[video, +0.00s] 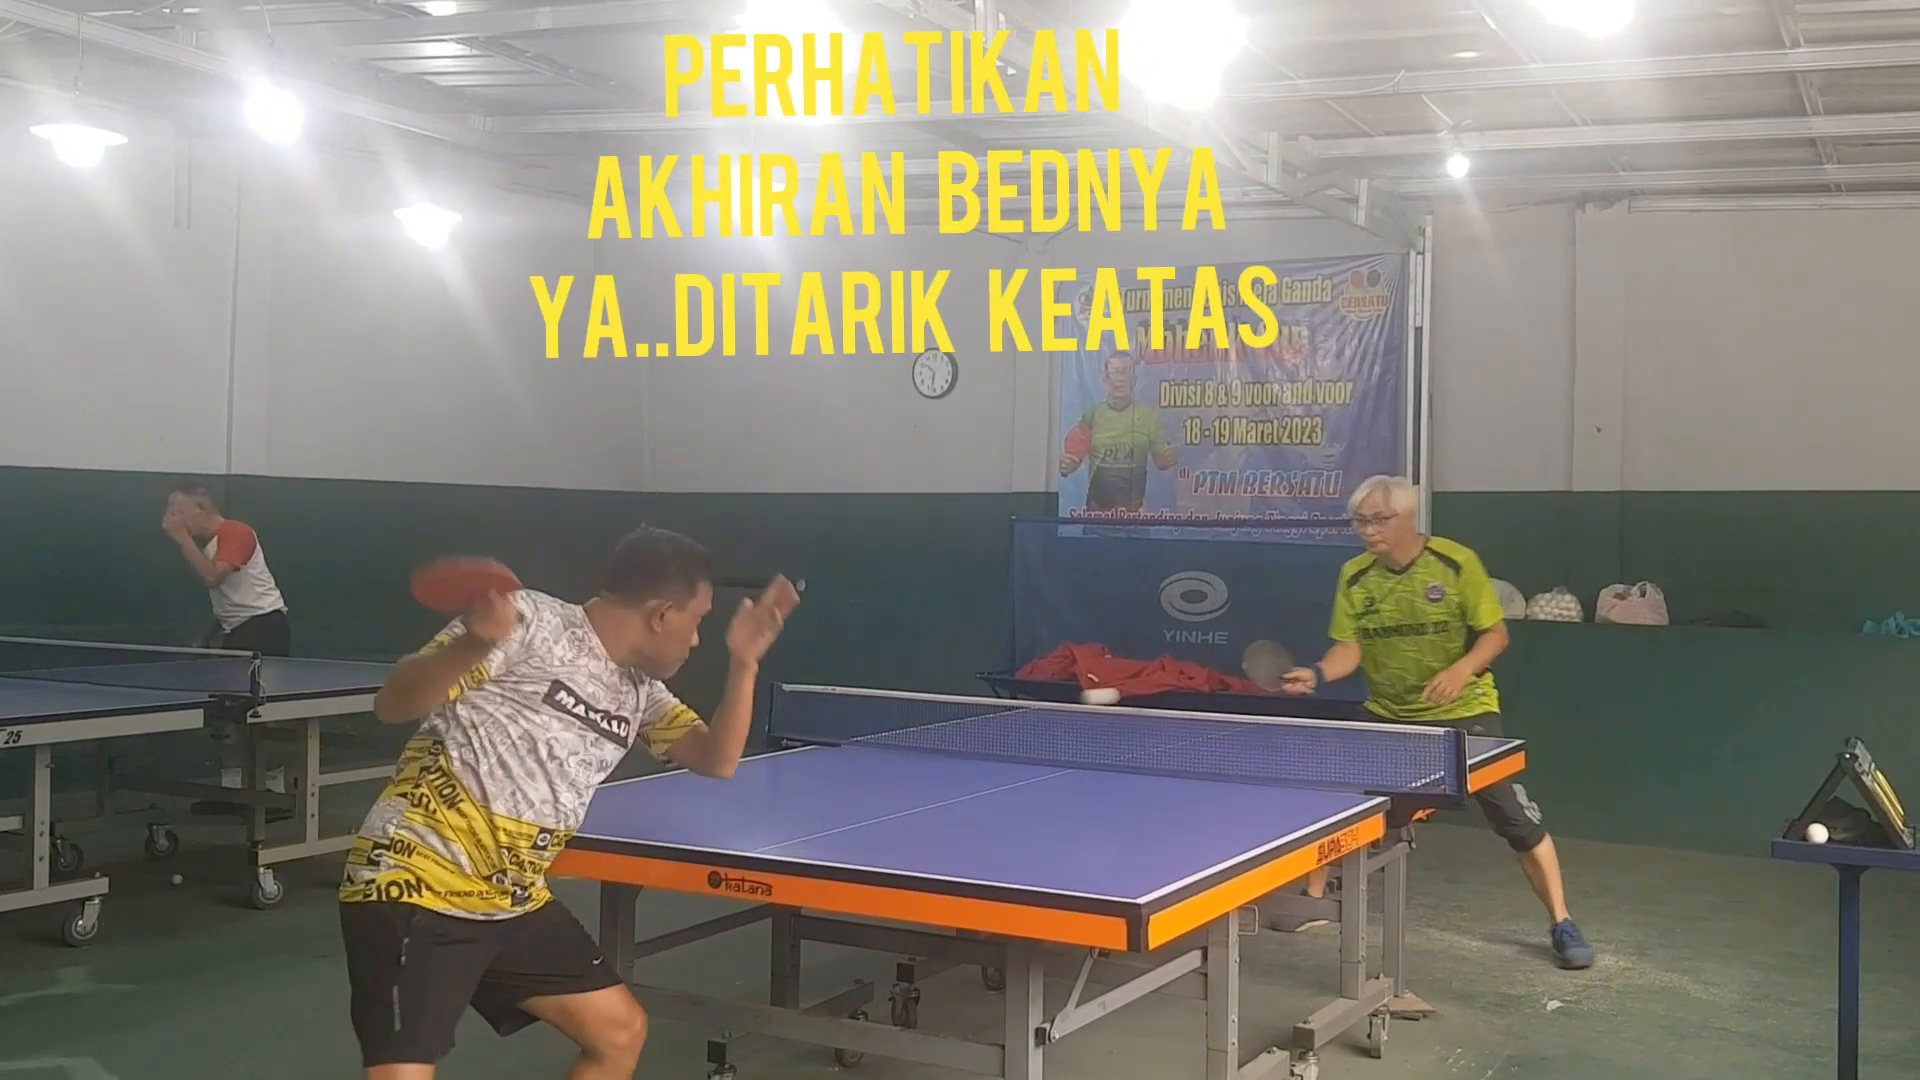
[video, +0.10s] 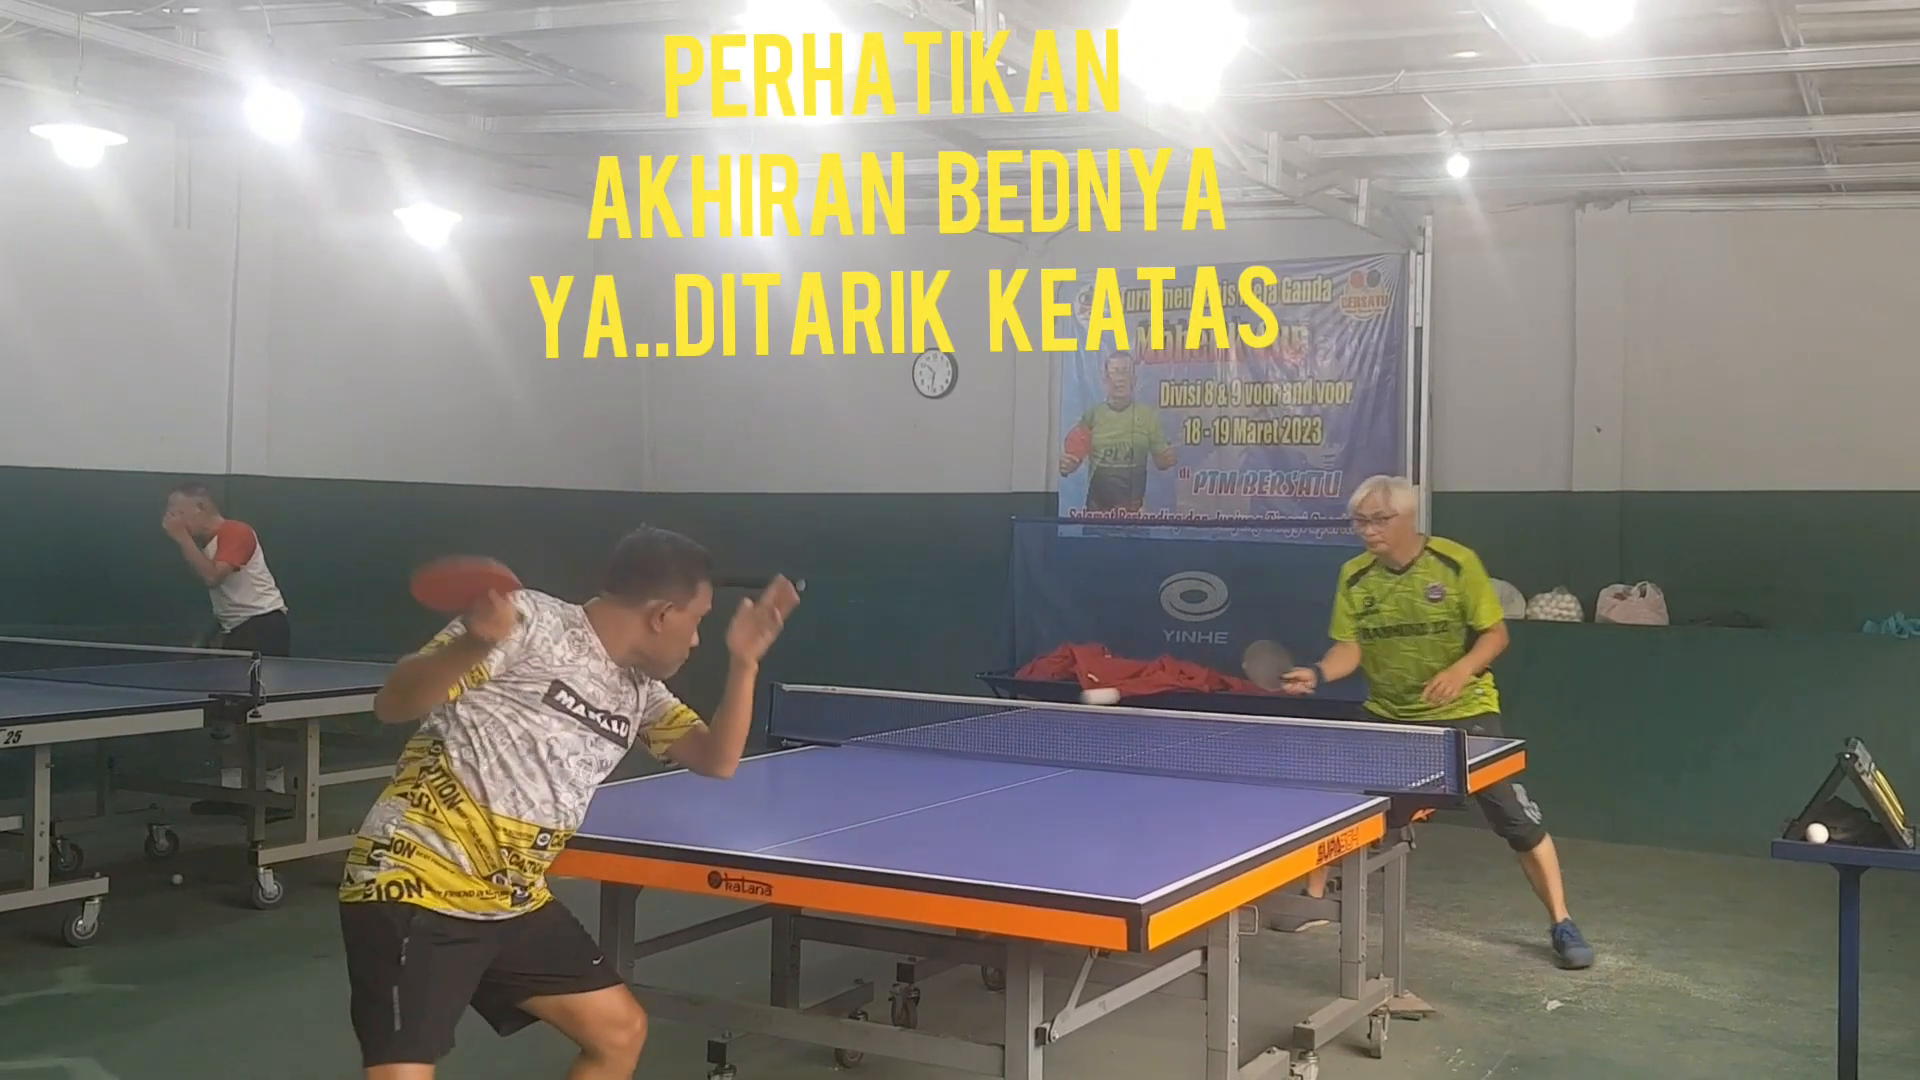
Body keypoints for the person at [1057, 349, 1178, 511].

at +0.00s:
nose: (1119, 379)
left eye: (1125, 372)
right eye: (1113, 372)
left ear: (1134, 379)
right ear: (1105, 379)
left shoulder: (1147, 416)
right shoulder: (1093, 415)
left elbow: (1160, 461)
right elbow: (1077, 449)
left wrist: (1168, 458)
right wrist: (1067, 464)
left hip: (1132, 503)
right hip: (1098, 505)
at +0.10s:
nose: (1119, 379)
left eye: (1125, 372)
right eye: (1113, 372)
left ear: (1134, 379)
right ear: (1105, 379)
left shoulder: (1147, 416)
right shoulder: (1093, 415)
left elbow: (1160, 461)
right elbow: (1077, 449)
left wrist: (1168, 458)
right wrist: (1067, 464)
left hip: (1132, 503)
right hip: (1098, 505)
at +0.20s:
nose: (1119, 379)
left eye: (1125, 372)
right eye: (1113, 372)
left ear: (1134, 379)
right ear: (1105, 379)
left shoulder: (1146, 415)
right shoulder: (1092, 415)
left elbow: (1160, 460)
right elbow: (1076, 449)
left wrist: (1168, 457)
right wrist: (1066, 464)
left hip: (1132, 504)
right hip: (1098, 505)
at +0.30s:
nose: (1120, 378)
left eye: (1125, 372)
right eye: (1114, 372)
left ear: (1134, 378)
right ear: (1105, 378)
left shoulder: (1147, 415)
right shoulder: (1093, 415)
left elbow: (1160, 461)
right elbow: (1077, 449)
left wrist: (1168, 458)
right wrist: (1067, 464)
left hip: (1133, 503)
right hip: (1098, 504)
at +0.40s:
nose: (1120, 378)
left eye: (1126, 372)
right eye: (1114, 372)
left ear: (1134, 379)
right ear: (1105, 378)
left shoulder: (1147, 416)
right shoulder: (1093, 415)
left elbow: (1160, 460)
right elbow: (1077, 449)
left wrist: (1168, 457)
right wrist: (1067, 464)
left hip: (1133, 504)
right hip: (1098, 505)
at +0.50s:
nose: (1120, 378)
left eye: (1126, 372)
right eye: (1114, 372)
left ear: (1134, 379)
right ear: (1105, 378)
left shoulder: (1147, 416)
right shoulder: (1093, 416)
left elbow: (1161, 461)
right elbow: (1077, 449)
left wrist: (1168, 458)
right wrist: (1067, 464)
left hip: (1133, 504)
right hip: (1098, 505)